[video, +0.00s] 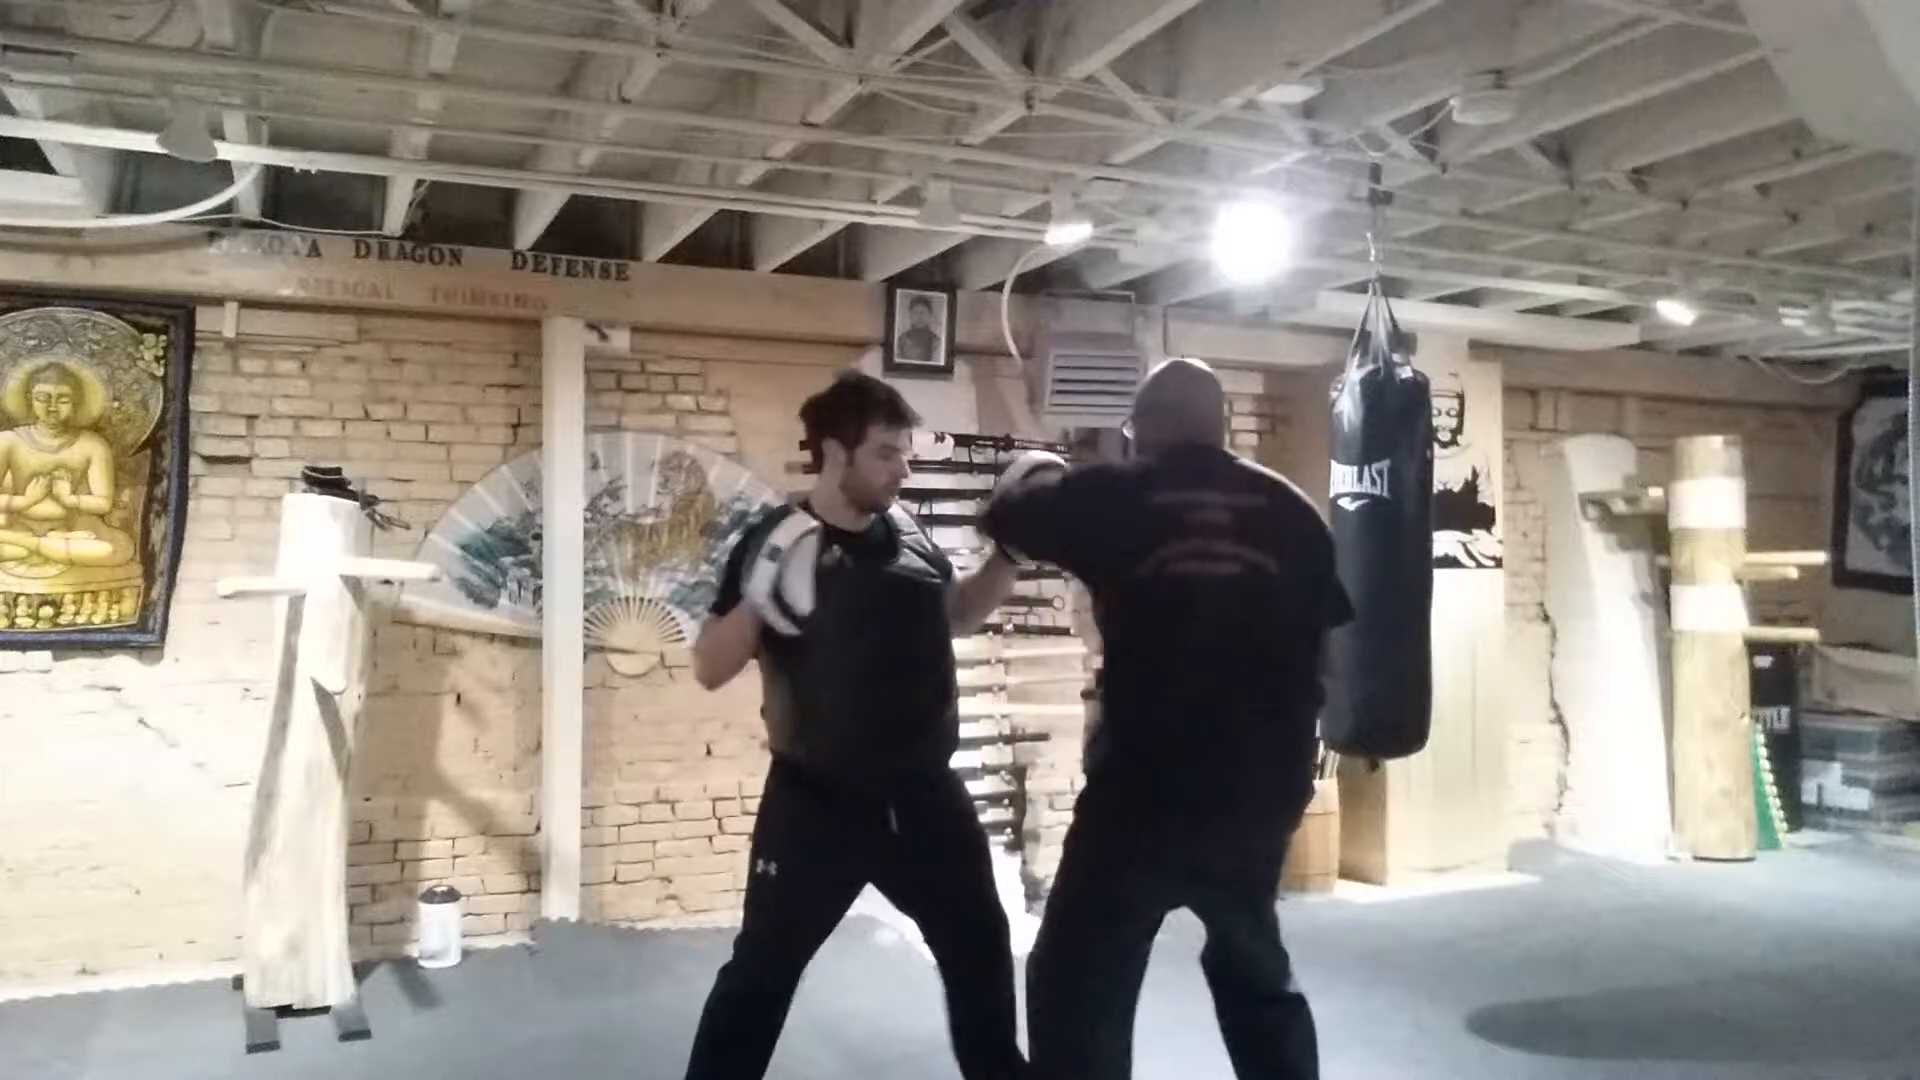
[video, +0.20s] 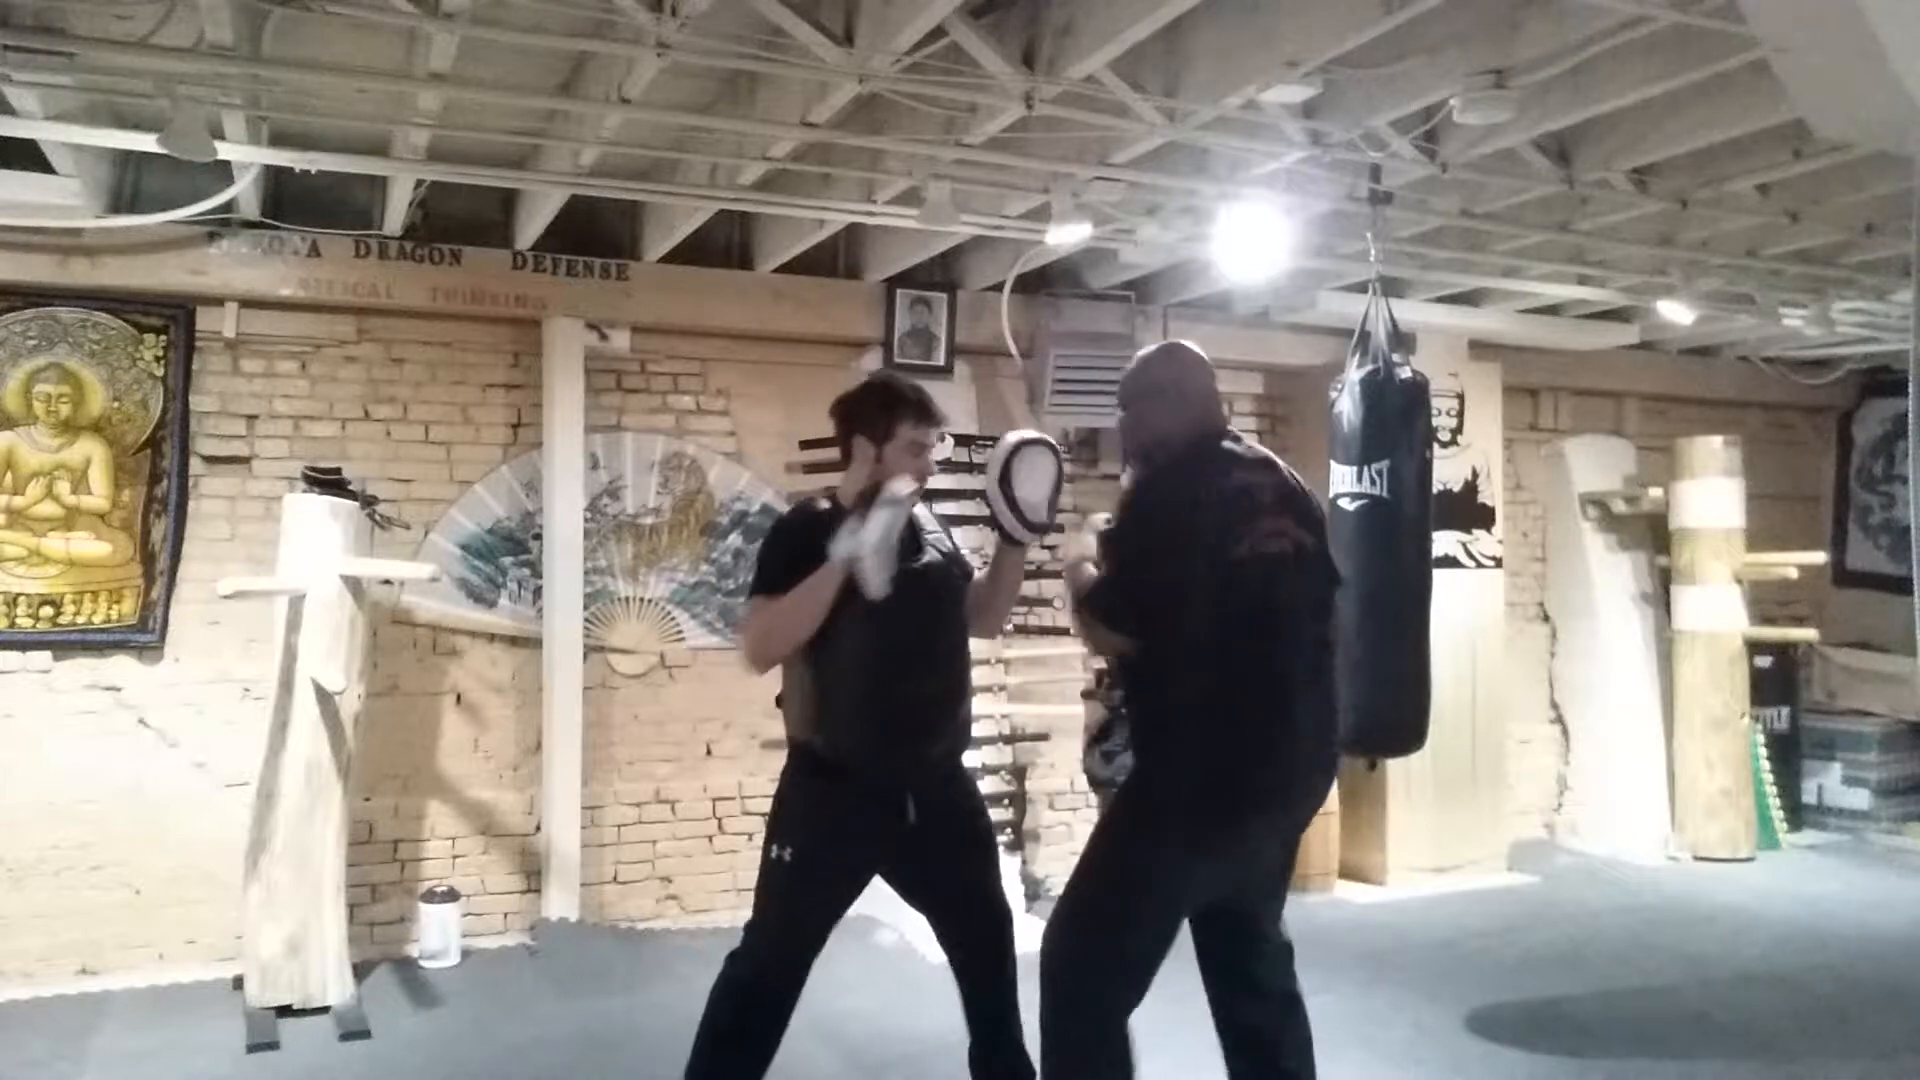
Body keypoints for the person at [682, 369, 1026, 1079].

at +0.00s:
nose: (904, 469)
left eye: (907, 453)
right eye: (887, 452)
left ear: (902, 455)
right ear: (833, 453)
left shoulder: (904, 533)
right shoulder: (772, 541)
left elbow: (959, 613)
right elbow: (711, 668)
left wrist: (1014, 539)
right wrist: (764, 586)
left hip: (922, 799)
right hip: (813, 803)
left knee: (981, 955)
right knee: (760, 976)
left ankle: (997, 1076)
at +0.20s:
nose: (930, 460)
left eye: (934, 445)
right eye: (917, 442)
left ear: (926, 449)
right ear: (864, 443)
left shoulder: (925, 530)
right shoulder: (806, 529)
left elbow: (985, 616)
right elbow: (761, 645)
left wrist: (1016, 530)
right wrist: (849, 550)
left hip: (934, 790)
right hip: (831, 792)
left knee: (988, 952)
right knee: (768, 967)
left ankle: (1005, 1076)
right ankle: (713, 1079)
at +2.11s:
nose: (940, 464)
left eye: (946, 451)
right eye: (925, 449)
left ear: (950, 455)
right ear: (877, 450)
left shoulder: (966, 539)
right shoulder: (836, 532)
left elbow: (1026, 610)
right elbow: (808, 636)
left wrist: (1062, 536)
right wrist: (888, 541)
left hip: (966, 796)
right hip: (863, 797)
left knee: (1022, 948)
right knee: (799, 971)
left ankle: (1033, 1076)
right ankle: (733, 1079)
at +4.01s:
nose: (1002, 459)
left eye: (1006, 446)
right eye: (992, 443)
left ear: (997, 453)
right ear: (943, 441)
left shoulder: (999, 533)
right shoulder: (897, 517)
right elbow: (898, 596)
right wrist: (980, 505)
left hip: (998, 788)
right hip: (904, 789)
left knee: (1054, 957)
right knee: (830, 959)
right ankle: (732, 1076)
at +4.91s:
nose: (967, 487)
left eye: (970, 471)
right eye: (957, 469)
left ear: (914, 466)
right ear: (904, 462)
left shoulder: (944, 550)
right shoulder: (830, 532)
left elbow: (961, 651)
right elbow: (820, 650)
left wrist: (1015, 598)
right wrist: (940, 578)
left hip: (940, 800)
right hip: (839, 802)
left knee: (1002, 963)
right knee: (773, 977)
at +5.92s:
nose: (899, 444)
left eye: (899, 430)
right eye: (882, 429)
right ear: (828, 435)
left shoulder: (889, 527)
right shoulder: (767, 521)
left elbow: (908, 643)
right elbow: (735, 638)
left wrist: (963, 634)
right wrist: (862, 594)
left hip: (897, 783)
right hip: (794, 786)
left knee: (960, 932)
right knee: (741, 964)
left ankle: (949, 1071)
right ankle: (695, 1079)